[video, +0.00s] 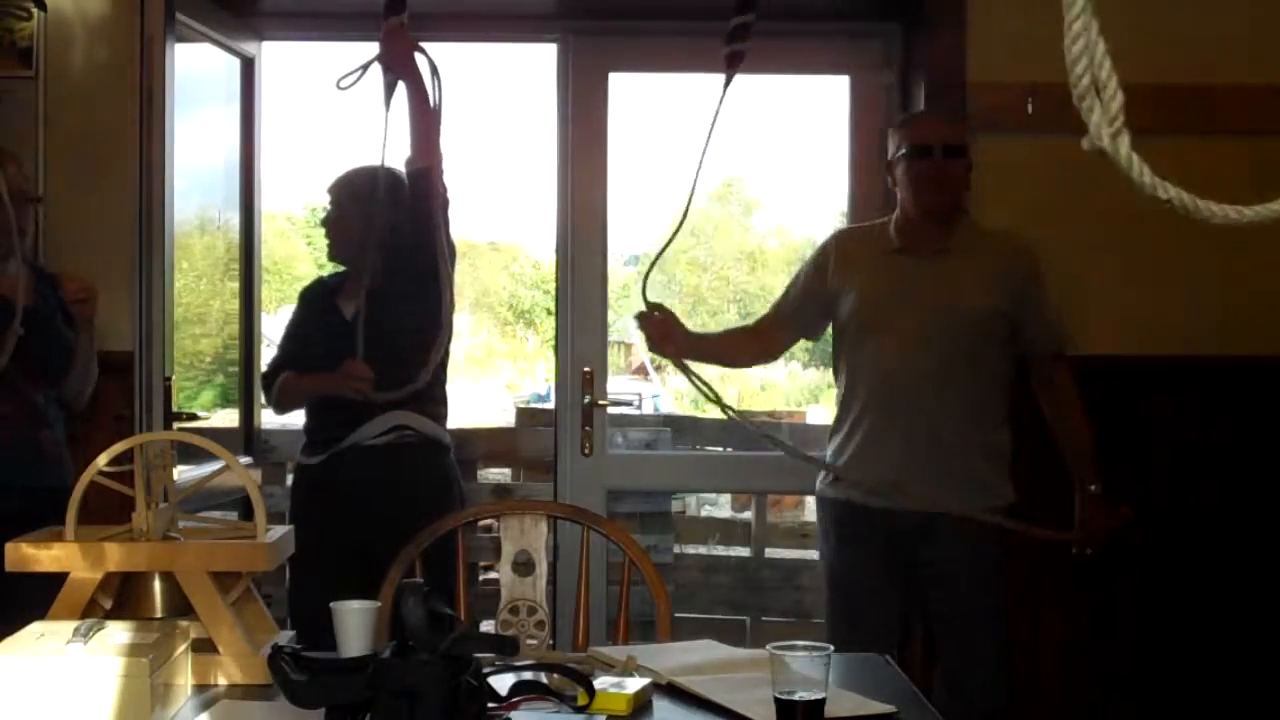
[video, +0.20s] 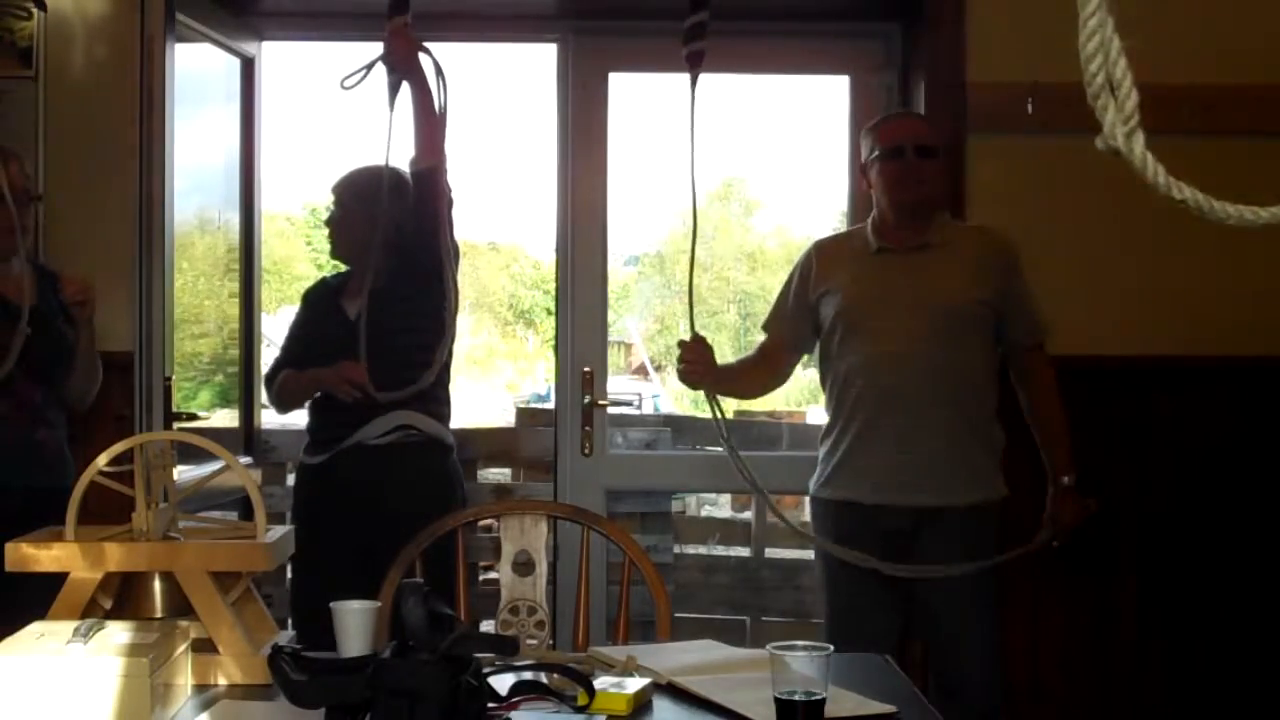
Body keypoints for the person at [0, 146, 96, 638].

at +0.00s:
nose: (25, 218)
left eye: (29, 202)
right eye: (16, 200)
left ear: (33, 208)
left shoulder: (40, 287)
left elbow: (74, 394)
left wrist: (84, 326)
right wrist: (13, 309)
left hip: (39, 479)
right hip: (12, 480)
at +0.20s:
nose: (16, 215)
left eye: (24, 199)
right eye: (6, 199)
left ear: (34, 206)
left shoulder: (45, 284)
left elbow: (80, 395)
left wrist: (83, 325)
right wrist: (17, 315)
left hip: (43, 480)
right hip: (8, 482)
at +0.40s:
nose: (30, 211)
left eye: (34, 197)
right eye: (18, 198)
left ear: (44, 205)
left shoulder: (49, 285)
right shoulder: (4, 283)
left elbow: (83, 396)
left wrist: (81, 325)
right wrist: (16, 314)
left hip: (47, 470)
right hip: (8, 472)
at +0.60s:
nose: (29, 212)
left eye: (33, 198)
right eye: (17, 199)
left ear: (43, 207)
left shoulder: (47, 288)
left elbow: (80, 396)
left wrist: (77, 327)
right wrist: (12, 306)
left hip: (44, 468)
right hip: (8, 467)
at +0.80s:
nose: (38, 214)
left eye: (39, 199)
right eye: (23, 200)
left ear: (42, 207)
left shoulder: (44, 287)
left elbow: (78, 394)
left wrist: (77, 330)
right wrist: (11, 306)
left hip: (44, 464)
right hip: (11, 464)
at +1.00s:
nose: (23, 213)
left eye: (25, 199)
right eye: (12, 200)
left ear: (34, 207)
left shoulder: (39, 282)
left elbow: (96, 368)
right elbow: (96, 366)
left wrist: (96, 283)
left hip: (41, 467)